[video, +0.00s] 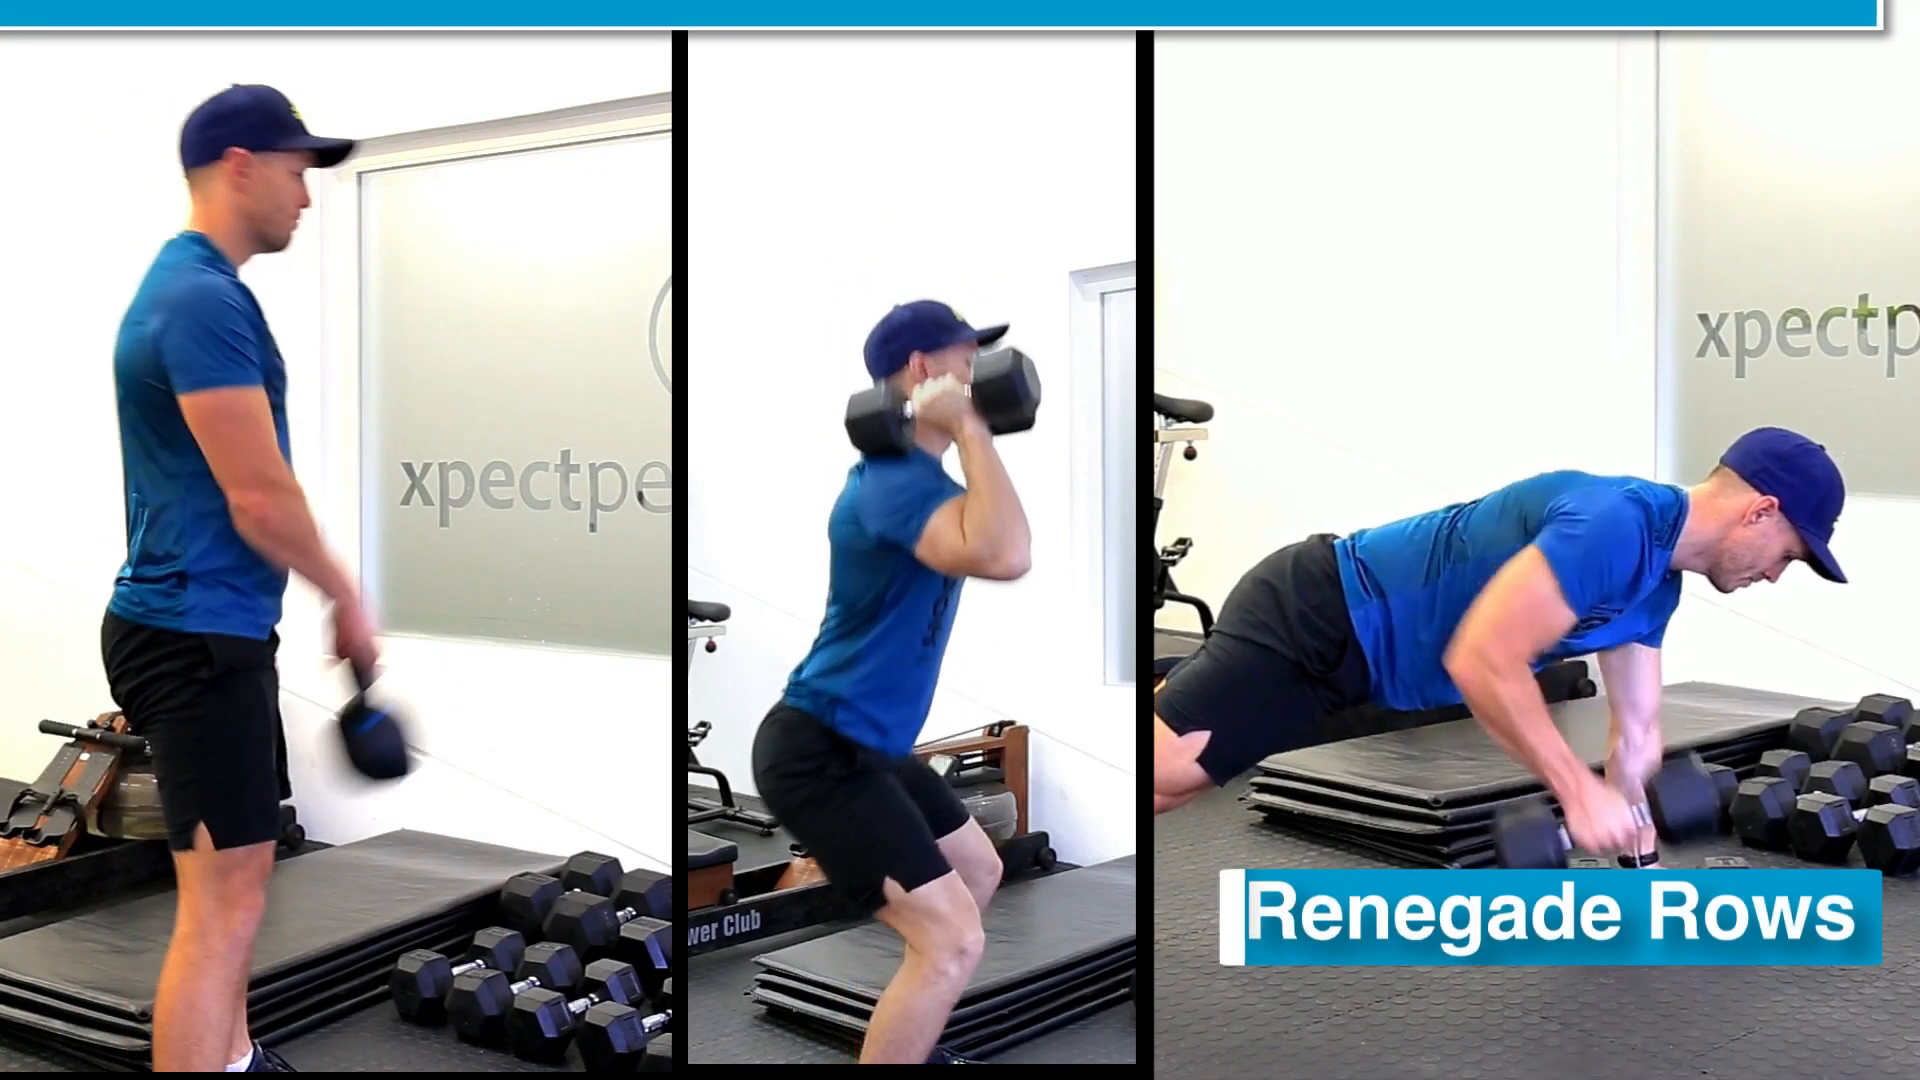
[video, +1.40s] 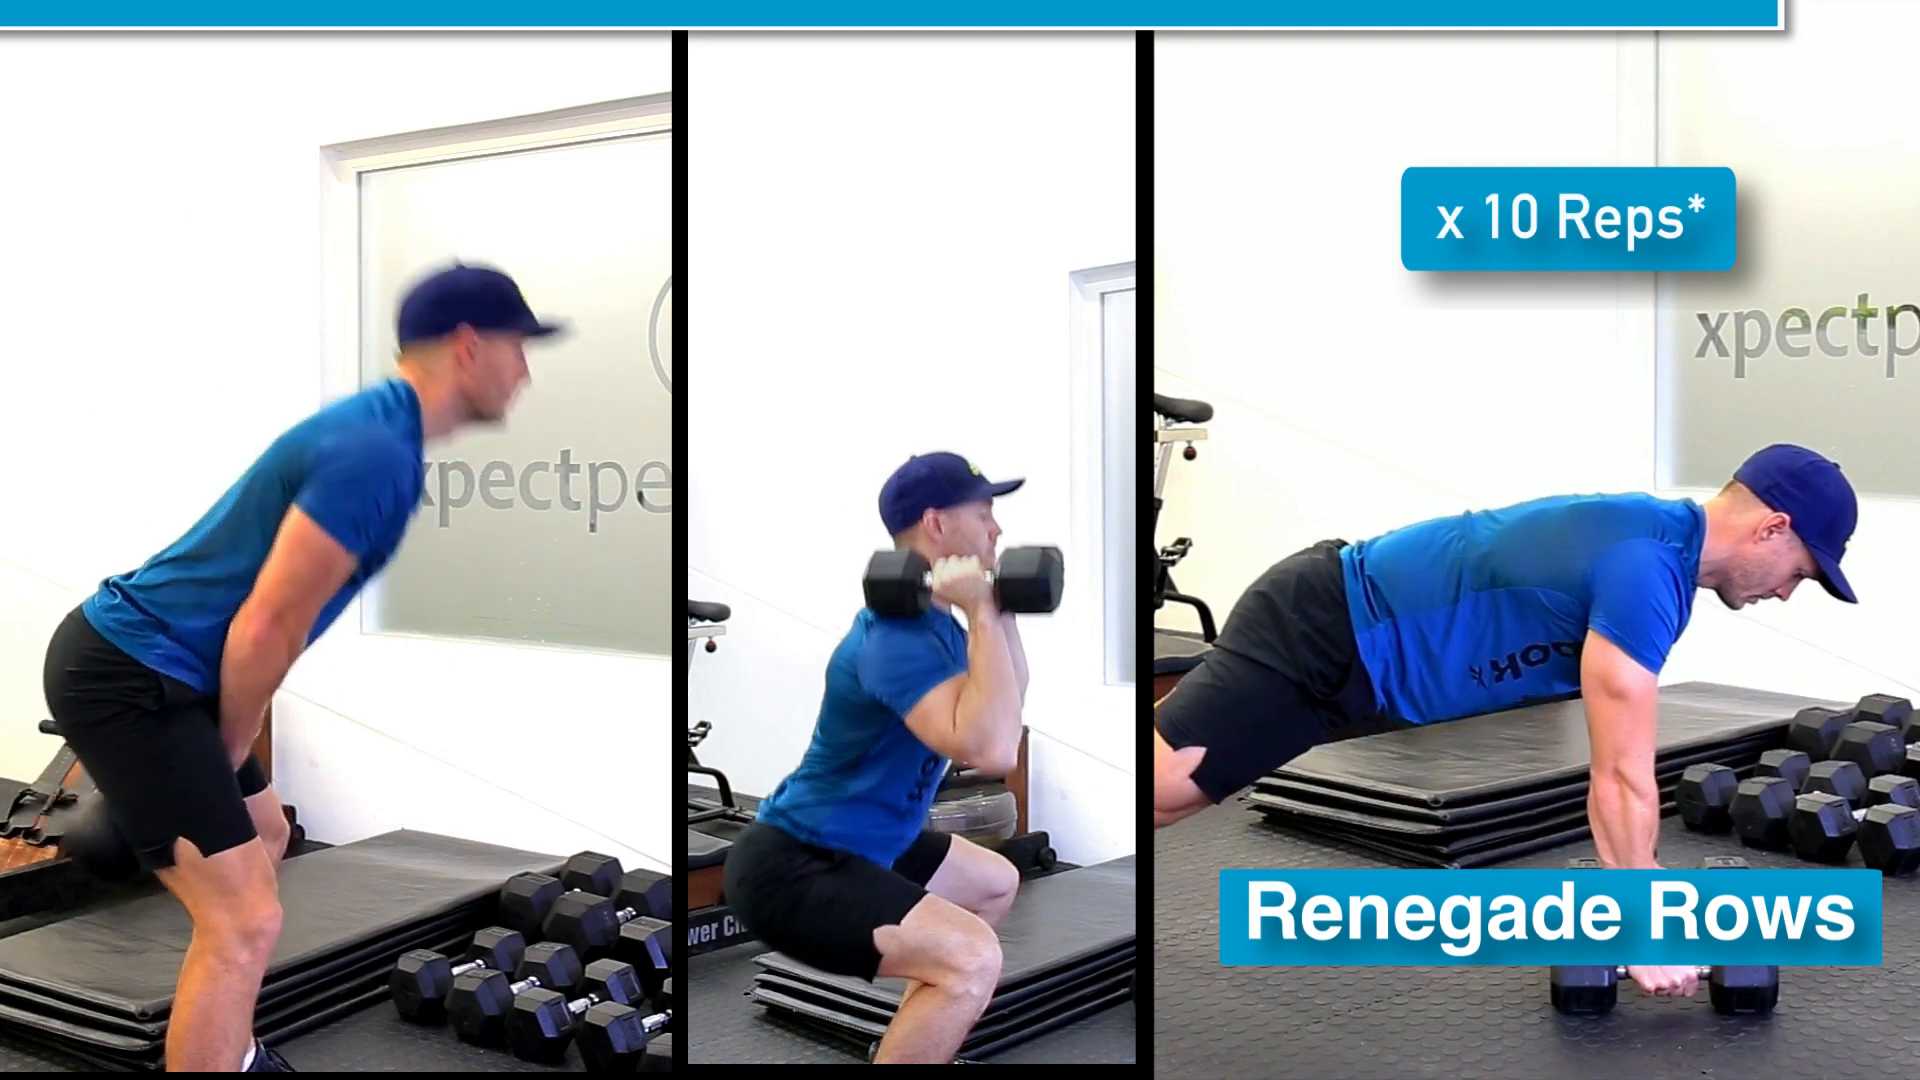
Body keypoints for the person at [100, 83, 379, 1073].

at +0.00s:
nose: (309, 195)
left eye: (309, 175)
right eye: (297, 171)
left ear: (233, 174)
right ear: (234, 168)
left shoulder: (200, 289)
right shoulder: (198, 298)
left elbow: (253, 489)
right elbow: (258, 497)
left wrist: (334, 588)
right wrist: (345, 592)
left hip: (205, 630)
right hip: (195, 637)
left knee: (233, 878)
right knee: (223, 907)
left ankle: (226, 1055)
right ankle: (193, 1074)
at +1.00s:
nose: (441, 282)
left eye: (439, 261)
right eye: (425, 259)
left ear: (368, 266)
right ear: (367, 261)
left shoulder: (318, 382)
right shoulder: (312, 393)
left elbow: (272, 587)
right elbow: (264, 599)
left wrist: (279, 713)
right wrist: (277, 734)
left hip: (166, 673)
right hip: (128, 676)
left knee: (262, 859)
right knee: (247, 923)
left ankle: (222, 1041)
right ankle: (205, 1062)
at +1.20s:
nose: (535, 401)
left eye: (536, 379)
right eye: (526, 376)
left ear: (468, 381)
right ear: (473, 380)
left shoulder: (387, 467)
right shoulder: (379, 488)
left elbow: (264, 650)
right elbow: (249, 660)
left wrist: (247, 779)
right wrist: (203, 779)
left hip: (163, 674)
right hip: (118, 685)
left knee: (273, 835)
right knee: (251, 928)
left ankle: (218, 1033)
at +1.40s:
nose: (528, 367)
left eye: (528, 347)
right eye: (517, 346)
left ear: (461, 350)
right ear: (465, 348)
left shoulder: (378, 437)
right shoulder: (376, 453)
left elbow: (269, 630)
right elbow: (262, 630)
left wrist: (252, 780)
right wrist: (223, 772)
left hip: (149, 660)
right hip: (129, 669)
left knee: (253, 882)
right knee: (241, 925)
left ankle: (225, 1049)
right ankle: (207, 1063)